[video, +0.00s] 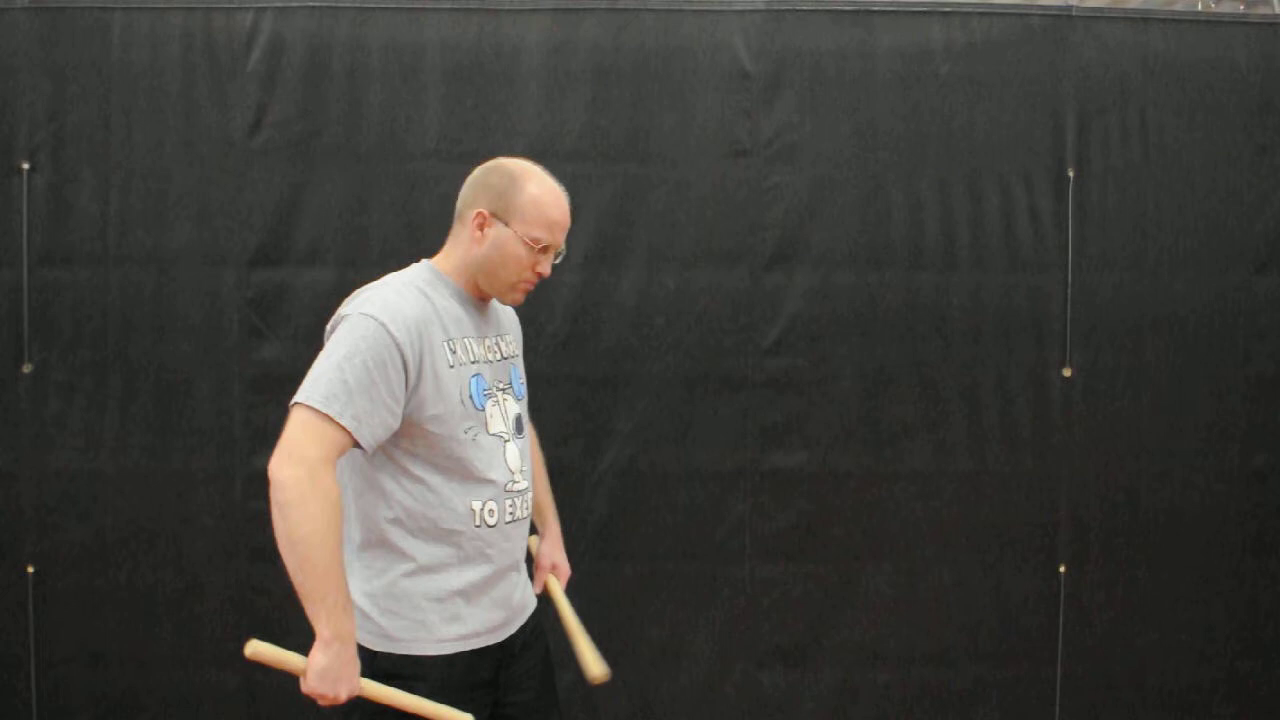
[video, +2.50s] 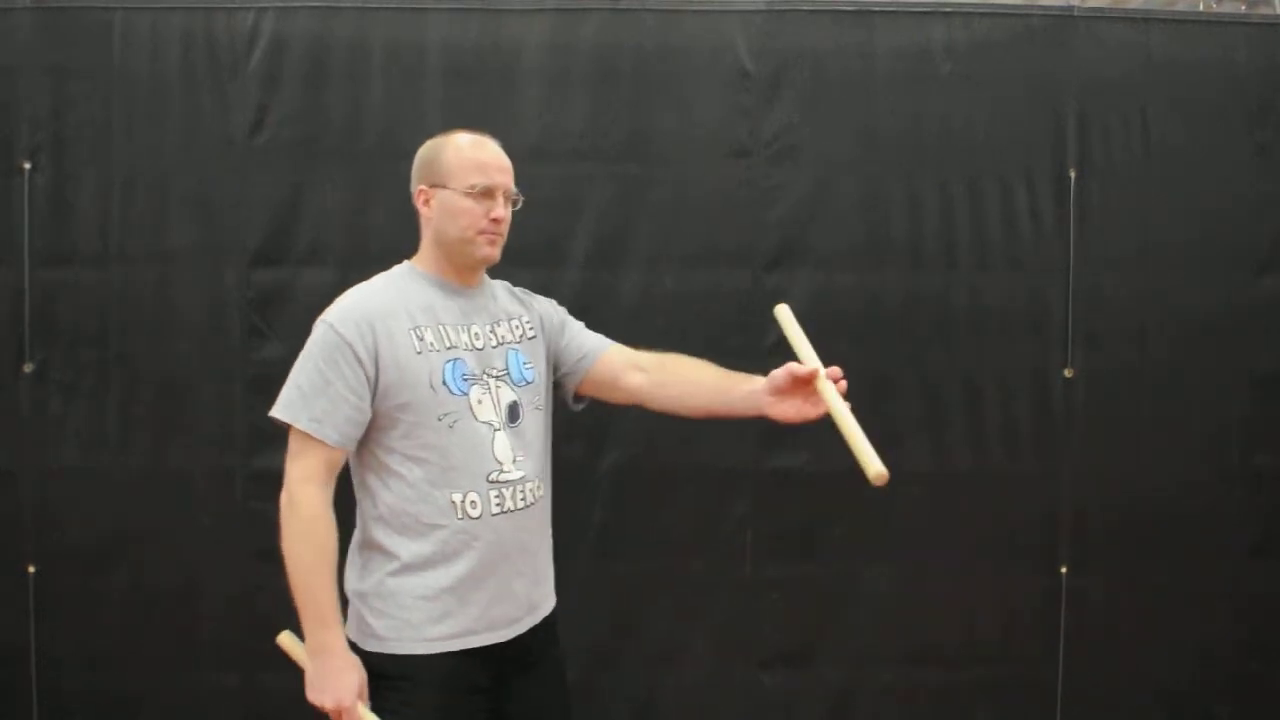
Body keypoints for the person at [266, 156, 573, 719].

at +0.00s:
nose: (546, 268)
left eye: (555, 254)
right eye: (537, 247)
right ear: (481, 226)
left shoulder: (503, 321)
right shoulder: (386, 318)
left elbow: (516, 428)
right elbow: (298, 465)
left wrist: (549, 527)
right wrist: (334, 635)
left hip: (516, 638)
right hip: (406, 661)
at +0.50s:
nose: (541, 253)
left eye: (548, 237)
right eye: (529, 231)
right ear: (471, 216)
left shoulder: (510, 321)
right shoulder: (381, 318)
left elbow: (526, 433)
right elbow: (297, 472)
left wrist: (554, 541)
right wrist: (333, 646)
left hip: (520, 636)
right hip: (411, 658)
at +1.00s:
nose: (511, 221)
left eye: (523, 206)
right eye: (491, 200)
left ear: (532, 217)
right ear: (443, 203)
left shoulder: (517, 318)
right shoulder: (380, 316)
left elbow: (539, 432)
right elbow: (293, 471)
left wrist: (564, 539)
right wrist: (340, 636)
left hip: (524, 637)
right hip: (413, 655)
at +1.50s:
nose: (510, 216)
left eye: (522, 201)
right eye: (491, 196)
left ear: (530, 212)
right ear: (441, 203)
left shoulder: (519, 321)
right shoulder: (377, 319)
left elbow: (536, 444)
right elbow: (301, 480)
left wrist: (577, 560)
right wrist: (335, 646)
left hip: (525, 638)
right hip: (414, 655)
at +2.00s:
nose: (497, 211)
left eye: (506, 197)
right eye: (477, 194)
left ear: (513, 206)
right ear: (425, 202)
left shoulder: (522, 321)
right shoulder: (365, 321)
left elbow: (616, 405)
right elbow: (312, 488)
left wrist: (735, 454)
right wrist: (343, 651)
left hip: (523, 633)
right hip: (413, 653)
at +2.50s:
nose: (501, 213)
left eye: (507, 198)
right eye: (481, 195)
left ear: (513, 206)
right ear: (424, 200)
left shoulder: (529, 315)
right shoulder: (359, 322)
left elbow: (635, 374)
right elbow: (305, 489)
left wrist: (761, 395)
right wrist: (327, 650)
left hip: (527, 633)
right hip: (411, 650)